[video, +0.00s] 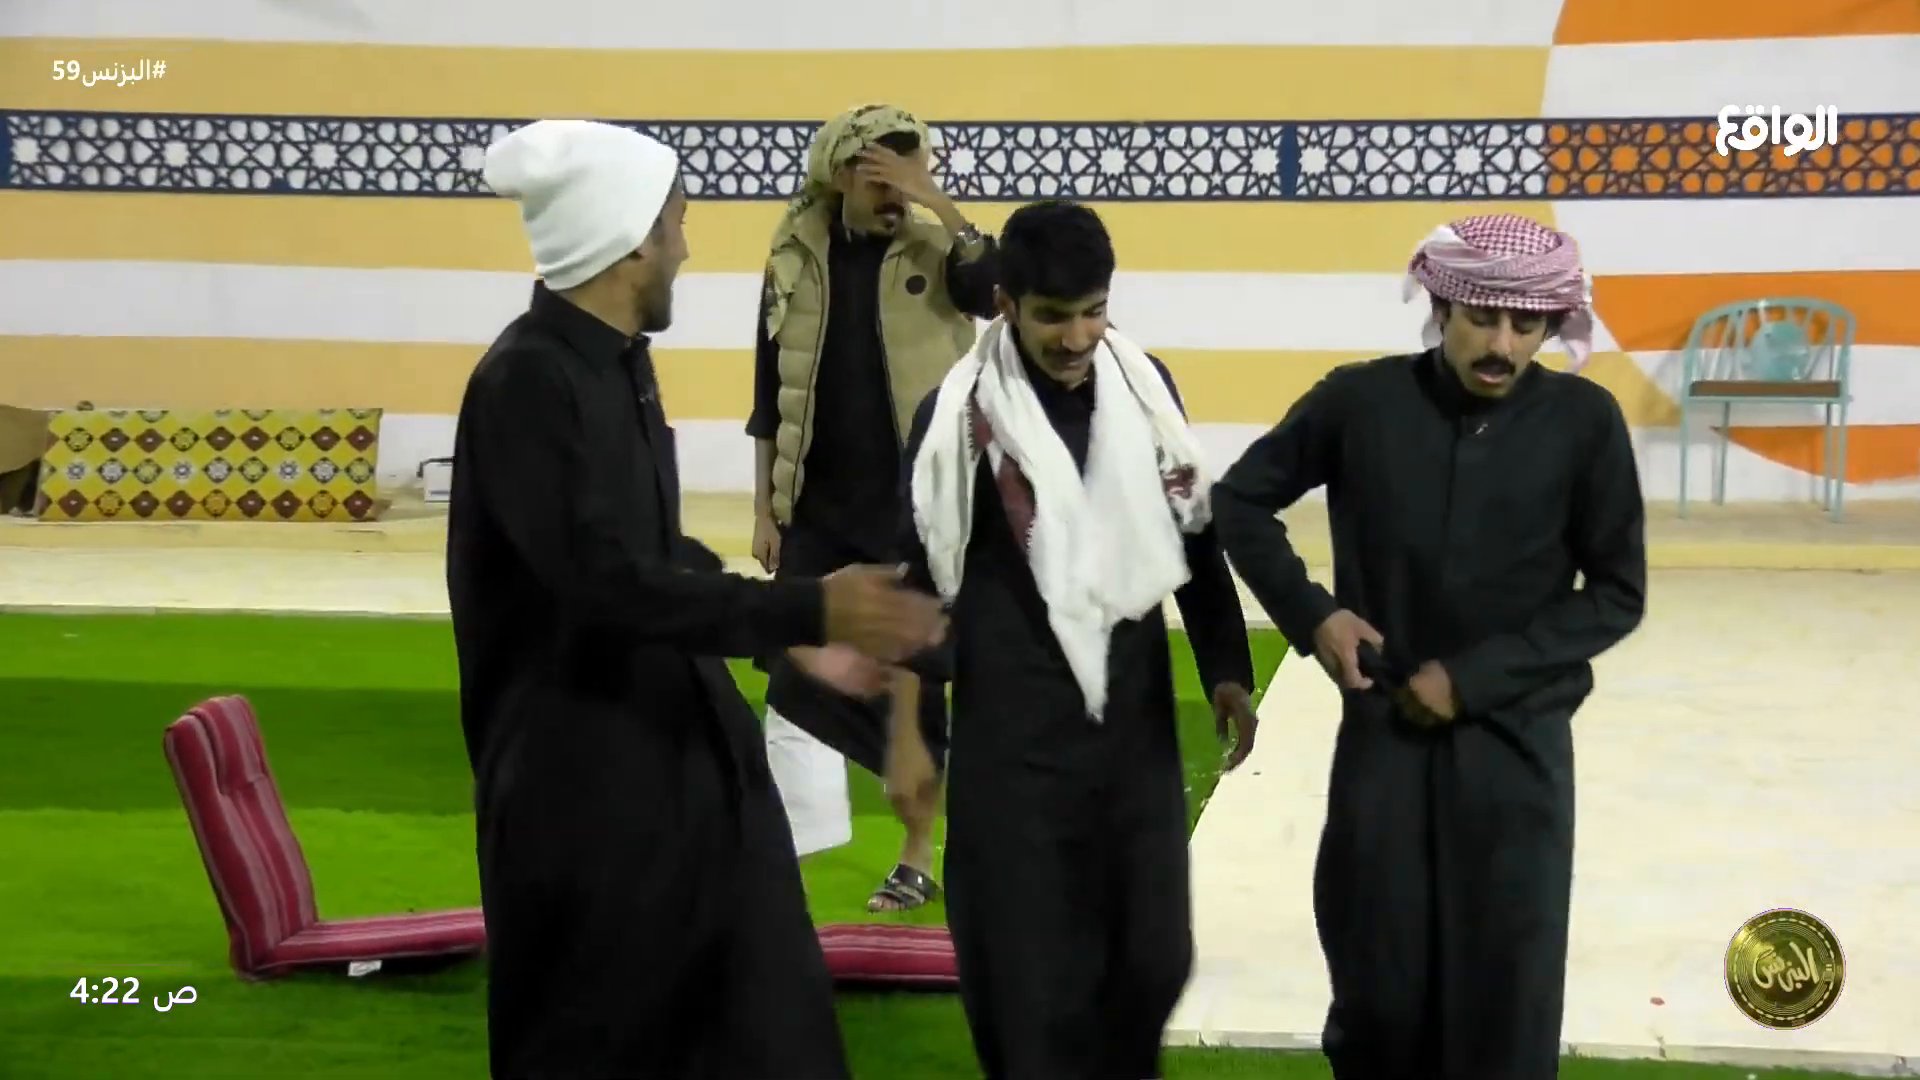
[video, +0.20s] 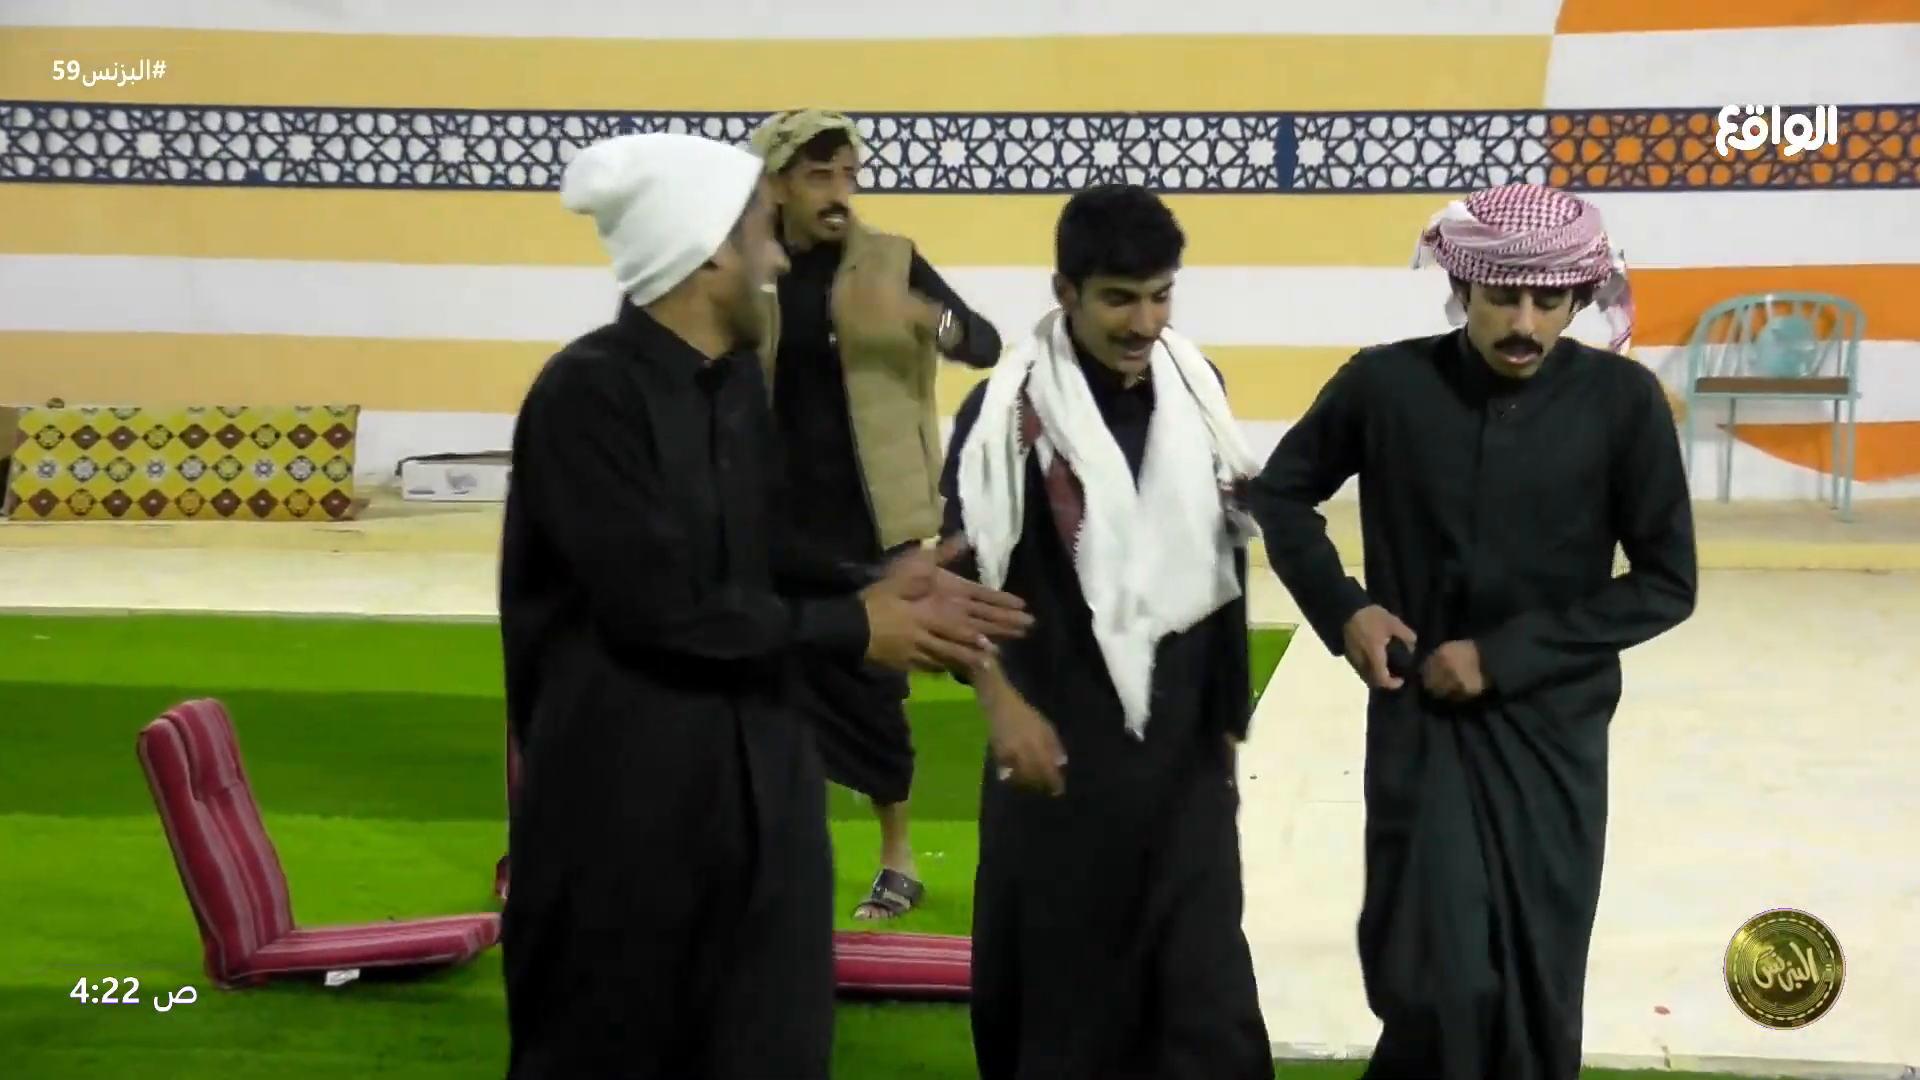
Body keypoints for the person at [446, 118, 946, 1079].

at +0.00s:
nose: (685, 249)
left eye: (681, 222)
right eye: (676, 221)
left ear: (607, 241)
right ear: (632, 236)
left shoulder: (613, 369)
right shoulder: (532, 379)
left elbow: (660, 566)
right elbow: (602, 587)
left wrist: (802, 653)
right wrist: (808, 610)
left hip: (669, 785)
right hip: (582, 807)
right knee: (596, 1044)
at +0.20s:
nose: (782, 262)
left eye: (776, 235)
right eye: (763, 235)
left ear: (703, 257)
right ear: (706, 252)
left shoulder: (737, 393)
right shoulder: (585, 395)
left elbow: (752, 563)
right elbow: (657, 618)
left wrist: (873, 590)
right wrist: (853, 630)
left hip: (760, 836)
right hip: (623, 841)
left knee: (768, 1054)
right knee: (611, 1059)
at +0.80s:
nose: (989, 290)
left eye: (984, 260)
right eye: (974, 260)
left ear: (913, 275)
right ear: (906, 276)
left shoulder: (932, 418)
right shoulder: (759, 426)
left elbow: (970, 634)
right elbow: (750, 675)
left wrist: (1107, 621)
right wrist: (986, 743)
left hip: (953, 881)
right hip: (828, 898)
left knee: (977, 1055)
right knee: (891, 1058)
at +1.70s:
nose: (1043, 289)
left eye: (1034, 265)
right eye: (1038, 271)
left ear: (919, 292)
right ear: (1028, 288)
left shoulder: (859, 421)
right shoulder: (1058, 417)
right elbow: (1214, 529)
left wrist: (1231, 443)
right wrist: (1215, 437)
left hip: (923, 853)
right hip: (1079, 846)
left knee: (953, 1056)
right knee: (1109, 1052)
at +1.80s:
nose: (1001, 265)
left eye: (988, 243)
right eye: (994, 246)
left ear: (876, 280)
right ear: (985, 266)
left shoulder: (821, 422)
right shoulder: (1046, 389)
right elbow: (1208, 511)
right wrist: (1227, 449)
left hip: (907, 828)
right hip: (1073, 812)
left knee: (953, 1046)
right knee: (1131, 1034)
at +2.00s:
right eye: (963, 237)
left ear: (847, 283)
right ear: (962, 260)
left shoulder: (808, 415)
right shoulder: (1056, 372)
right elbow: (1237, 491)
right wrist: (1167, 528)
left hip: (908, 825)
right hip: (1082, 801)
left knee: (942, 1046)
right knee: (1171, 1037)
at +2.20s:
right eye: (984, 226)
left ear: (874, 268)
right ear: (989, 252)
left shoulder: (826, 403)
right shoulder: (1072, 377)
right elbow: (1199, 498)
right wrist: (1147, 369)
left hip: (901, 822)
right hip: (1065, 811)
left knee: (924, 1049)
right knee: (1116, 1047)